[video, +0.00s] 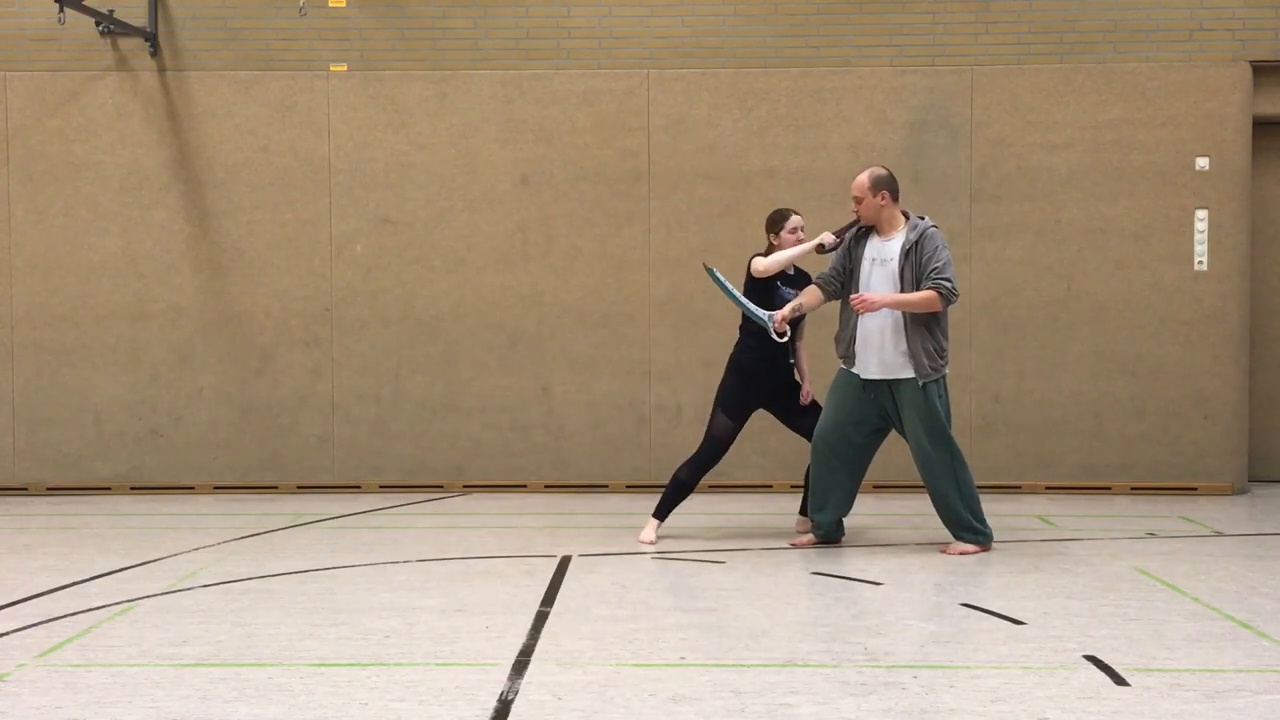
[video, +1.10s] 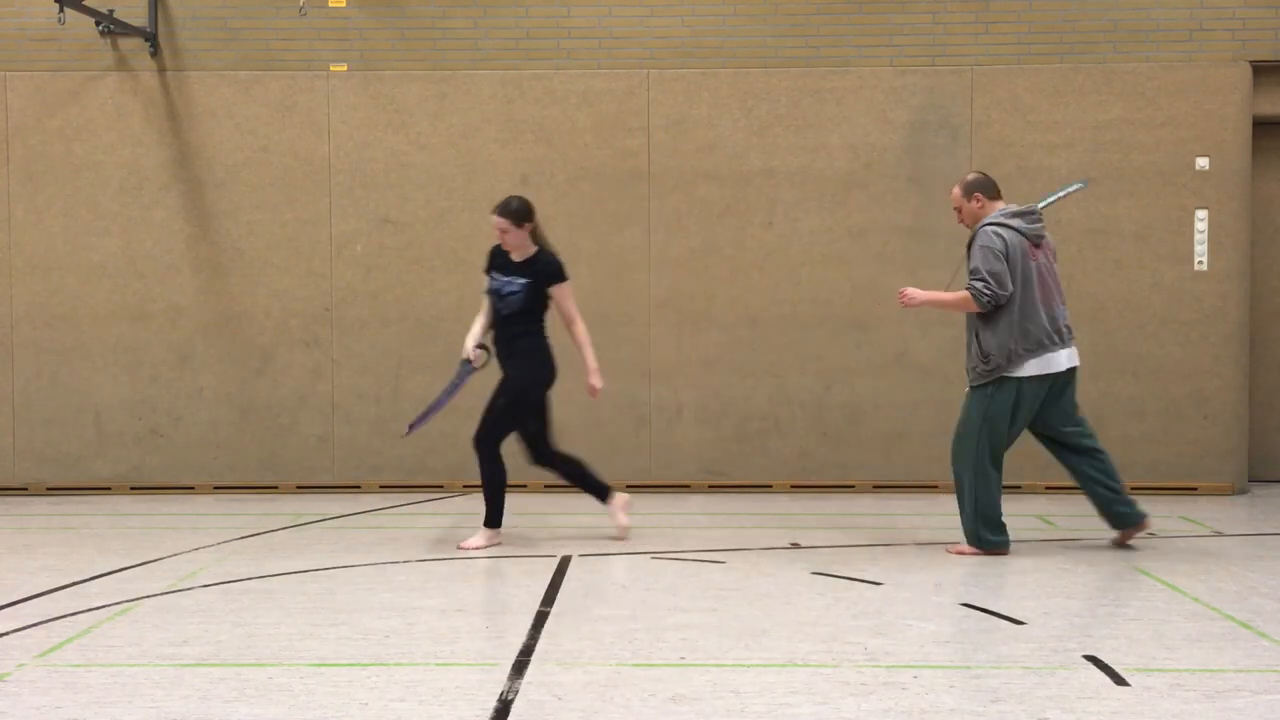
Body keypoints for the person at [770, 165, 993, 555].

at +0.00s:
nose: (853, 206)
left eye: (858, 199)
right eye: (852, 199)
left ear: (883, 198)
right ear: (878, 200)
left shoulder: (925, 237)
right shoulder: (856, 240)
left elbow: (943, 295)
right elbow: (828, 284)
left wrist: (886, 300)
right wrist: (794, 307)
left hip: (913, 374)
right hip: (860, 373)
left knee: (936, 454)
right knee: (829, 441)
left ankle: (974, 536)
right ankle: (826, 529)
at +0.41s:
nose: (879, 218)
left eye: (884, 210)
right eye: (878, 210)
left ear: (909, 205)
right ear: (900, 206)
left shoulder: (950, 242)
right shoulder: (886, 249)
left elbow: (961, 303)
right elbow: (865, 302)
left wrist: (901, 303)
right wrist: (833, 333)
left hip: (930, 373)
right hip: (885, 372)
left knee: (925, 453)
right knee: (851, 445)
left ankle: (982, 531)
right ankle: (828, 529)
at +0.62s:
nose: (906, 216)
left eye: (909, 207)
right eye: (903, 208)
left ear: (933, 199)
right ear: (929, 201)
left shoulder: (968, 236)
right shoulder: (932, 244)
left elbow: (973, 297)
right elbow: (929, 308)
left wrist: (909, 299)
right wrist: (891, 340)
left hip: (959, 370)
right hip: (928, 369)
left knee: (949, 456)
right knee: (902, 447)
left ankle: (988, 539)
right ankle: (873, 524)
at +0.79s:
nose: (920, 212)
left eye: (921, 204)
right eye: (917, 205)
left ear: (944, 195)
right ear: (943, 195)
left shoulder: (969, 230)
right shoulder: (966, 228)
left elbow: (976, 288)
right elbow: (973, 293)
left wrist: (911, 298)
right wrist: (938, 315)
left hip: (982, 363)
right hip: (963, 361)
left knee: (966, 445)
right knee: (940, 437)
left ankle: (988, 538)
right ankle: (952, 526)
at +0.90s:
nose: (929, 212)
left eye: (930, 204)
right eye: (926, 205)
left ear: (950, 195)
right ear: (953, 194)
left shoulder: (969, 229)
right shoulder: (991, 221)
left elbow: (973, 288)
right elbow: (997, 283)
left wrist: (912, 297)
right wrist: (952, 301)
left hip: (991, 364)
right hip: (1020, 358)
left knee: (969, 446)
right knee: (992, 446)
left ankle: (988, 539)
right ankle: (1013, 525)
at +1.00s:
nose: (944, 214)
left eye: (944, 205)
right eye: (941, 207)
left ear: (965, 197)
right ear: (976, 196)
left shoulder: (978, 232)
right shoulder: (1014, 226)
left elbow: (977, 292)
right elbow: (1027, 282)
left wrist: (917, 298)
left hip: (1004, 367)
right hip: (1044, 360)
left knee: (970, 451)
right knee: (1036, 441)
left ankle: (987, 539)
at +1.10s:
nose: (957, 218)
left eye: (958, 209)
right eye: (955, 210)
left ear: (977, 201)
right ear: (988, 199)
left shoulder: (989, 235)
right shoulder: (1030, 229)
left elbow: (986, 296)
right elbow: (1041, 287)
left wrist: (927, 297)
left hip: (1013, 368)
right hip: (1057, 360)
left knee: (972, 448)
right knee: (1070, 437)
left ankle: (987, 539)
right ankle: (1128, 517)